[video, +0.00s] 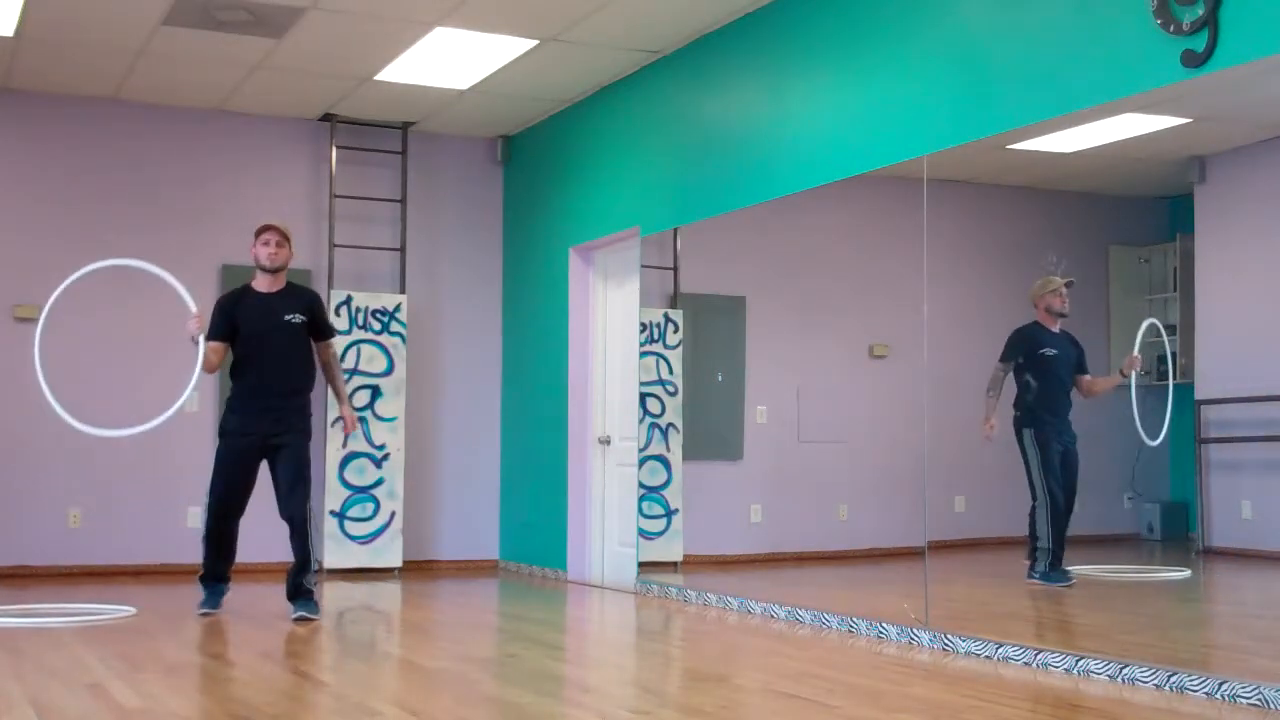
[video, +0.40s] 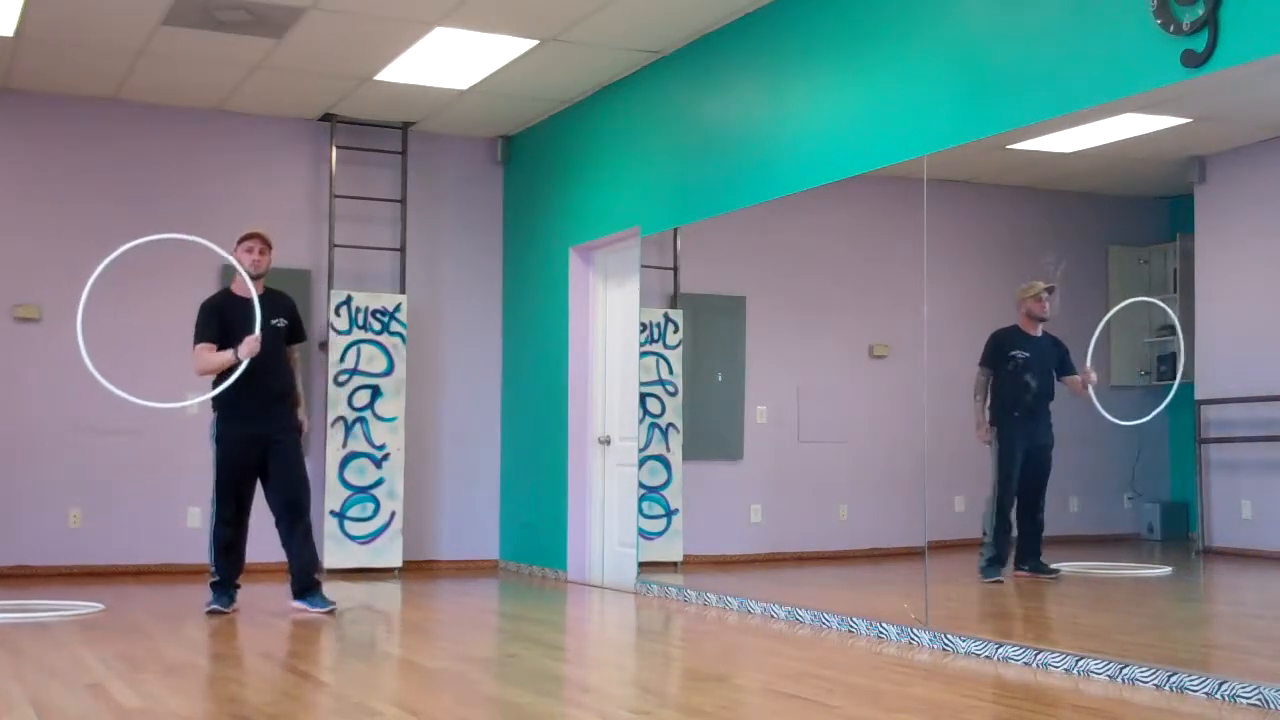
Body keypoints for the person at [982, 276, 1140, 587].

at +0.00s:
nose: (1065, 299)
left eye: (1066, 295)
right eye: (1058, 294)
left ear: (1064, 302)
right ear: (1040, 301)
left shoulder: (1071, 343)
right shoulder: (1024, 336)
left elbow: (1088, 388)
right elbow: (998, 375)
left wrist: (1122, 373)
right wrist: (990, 416)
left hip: (1062, 426)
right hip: (1033, 425)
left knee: (1066, 496)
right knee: (1048, 495)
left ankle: (1052, 564)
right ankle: (1041, 566)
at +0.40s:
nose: (1045, 304)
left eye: (1047, 300)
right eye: (1039, 300)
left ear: (1049, 306)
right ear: (1023, 304)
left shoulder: (1054, 345)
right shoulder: (1002, 339)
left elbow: (1075, 387)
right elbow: (982, 380)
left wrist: (1086, 381)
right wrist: (981, 420)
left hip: (1040, 429)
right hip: (1008, 428)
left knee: (1033, 498)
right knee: (1003, 496)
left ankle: (1029, 559)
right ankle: (993, 564)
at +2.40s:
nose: (933, 301)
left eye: (937, 296)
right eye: (927, 296)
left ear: (942, 300)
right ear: (915, 300)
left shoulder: (952, 334)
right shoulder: (899, 338)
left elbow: (980, 351)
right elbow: (883, 386)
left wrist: (982, 319)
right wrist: (883, 427)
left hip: (945, 430)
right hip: (909, 432)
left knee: (957, 499)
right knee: (906, 503)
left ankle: (941, 562)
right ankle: (894, 572)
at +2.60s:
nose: (932, 301)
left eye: (934, 296)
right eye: (926, 296)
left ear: (934, 301)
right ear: (910, 301)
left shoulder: (941, 338)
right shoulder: (886, 338)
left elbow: (984, 355)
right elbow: (868, 381)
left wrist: (1010, 326)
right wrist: (862, 424)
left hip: (927, 434)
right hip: (891, 434)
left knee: (927, 504)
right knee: (878, 504)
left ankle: (917, 568)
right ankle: (862, 569)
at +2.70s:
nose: (925, 301)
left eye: (925, 296)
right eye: (919, 296)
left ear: (924, 300)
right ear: (901, 301)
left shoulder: (933, 337)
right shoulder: (878, 337)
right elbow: (858, 380)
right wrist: (852, 422)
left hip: (918, 434)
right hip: (882, 433)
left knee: (919, 503)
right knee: (863, 503)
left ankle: (915, 570)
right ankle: (846, 574)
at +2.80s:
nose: (918, 301)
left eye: (917, 296)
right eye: (911, 296)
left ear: (909, 300)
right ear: (893, 300)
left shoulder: (924, 335)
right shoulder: (868, 337)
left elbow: (977, 344)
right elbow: (848, 379)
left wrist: (1015, 324)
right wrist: (841, 420)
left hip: (914, 437)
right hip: (877, 438)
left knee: (916, 506)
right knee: (859, 506)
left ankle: (916, 570)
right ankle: (845, 574)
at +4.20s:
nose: (866, 296)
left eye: (868, 291)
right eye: (859, 292)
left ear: (871, 297)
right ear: (843, 297)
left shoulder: (878, 330)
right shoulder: (825, 335)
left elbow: (900, 338)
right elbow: (805, 380)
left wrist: (887, 332)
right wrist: (800, 422)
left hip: (875, 432)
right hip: (839, 433)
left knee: (888, 498)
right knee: (834, 502)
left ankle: (863, 567)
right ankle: (821, 572)